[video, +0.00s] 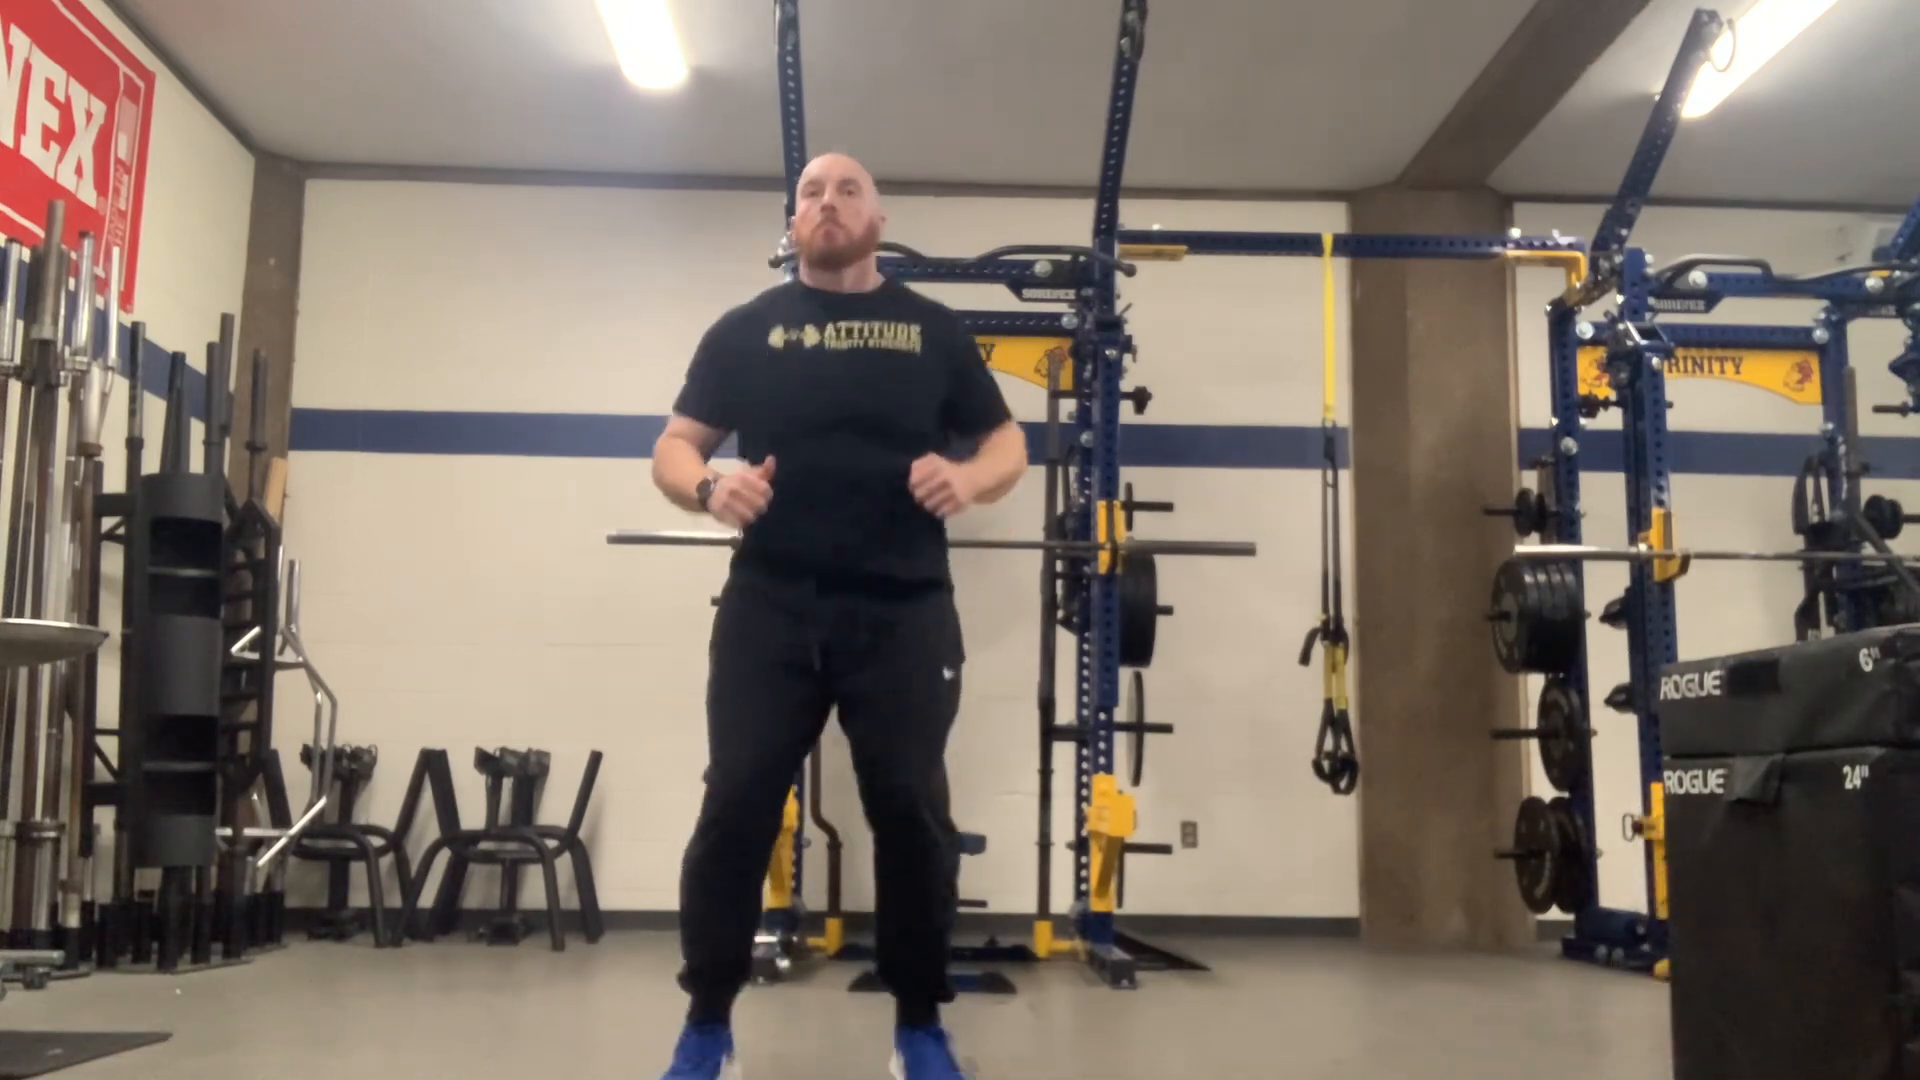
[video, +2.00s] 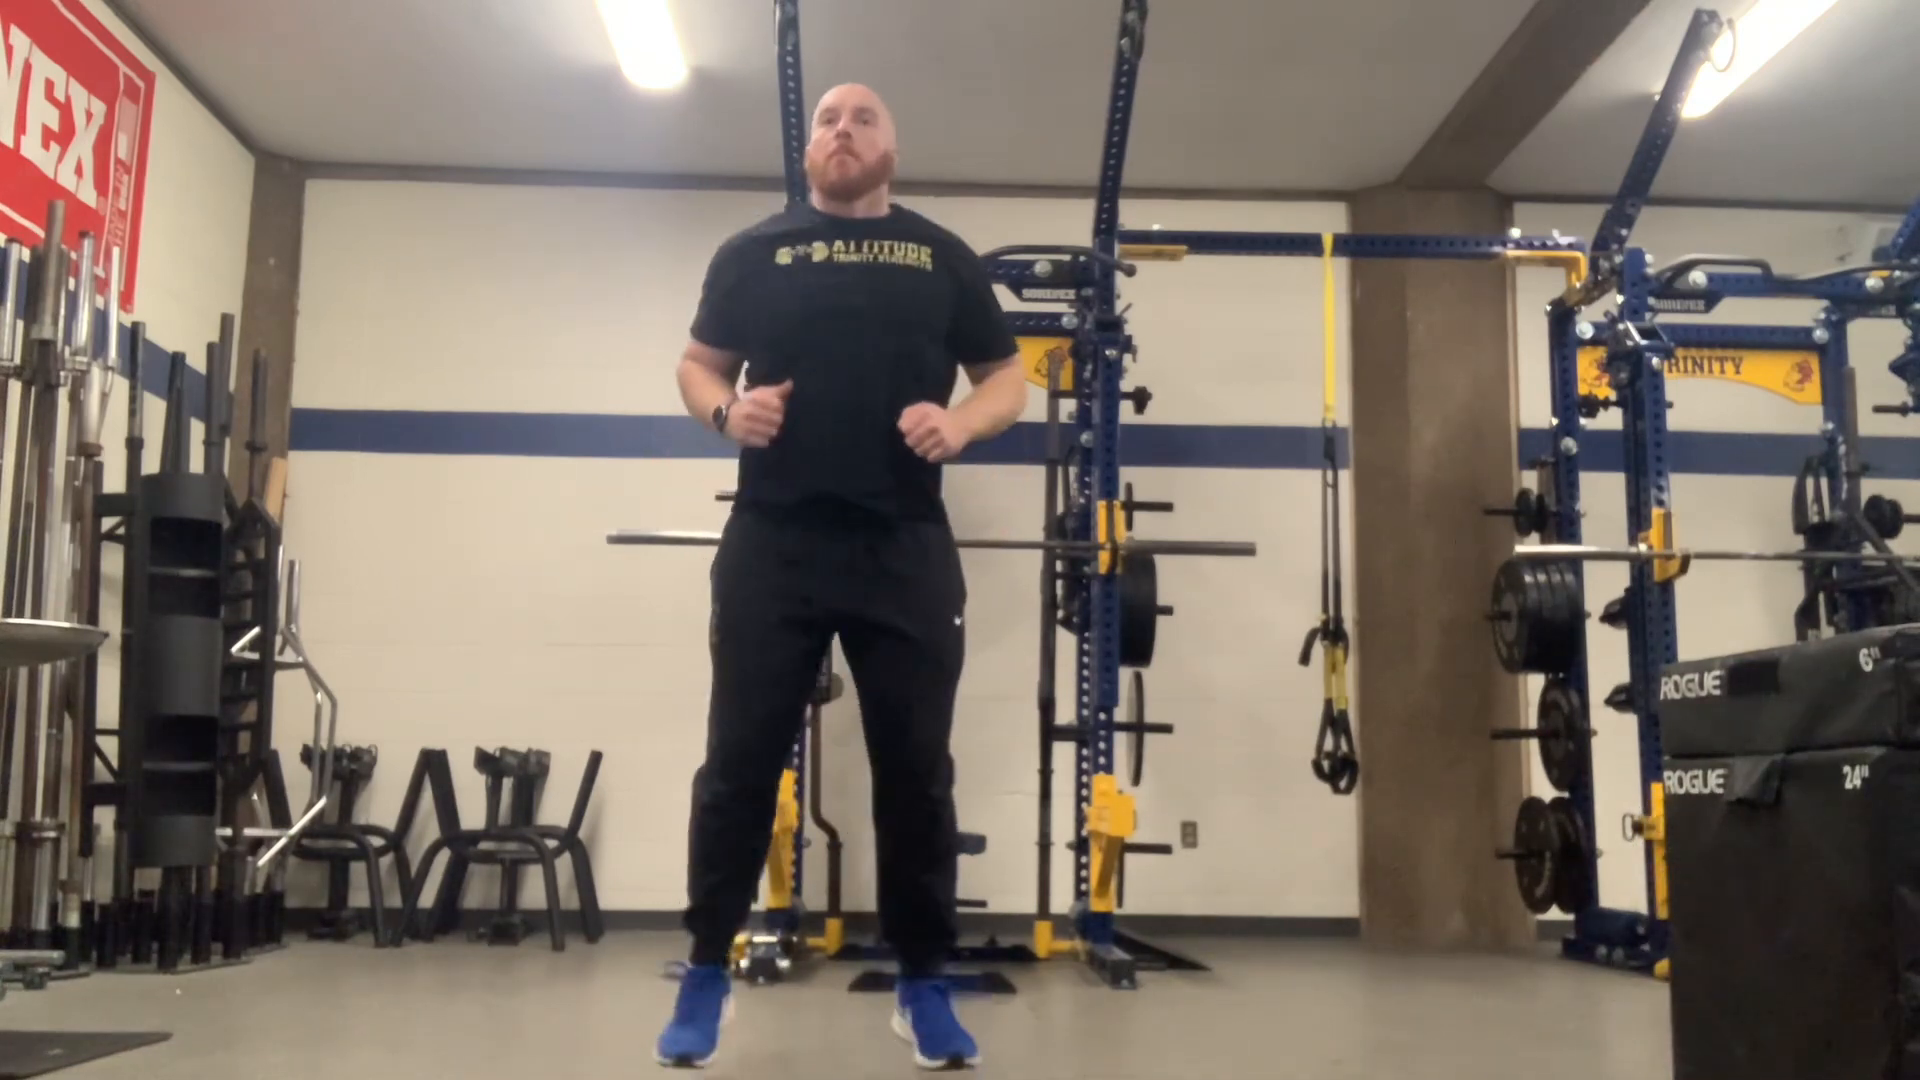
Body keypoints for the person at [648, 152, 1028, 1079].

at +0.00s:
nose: (828, 201)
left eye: (847, 189)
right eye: (812, 192)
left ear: (881, 221)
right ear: (791, 226)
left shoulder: (936, 331)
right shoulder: (742, 333)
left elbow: (1008, 448)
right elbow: (672, 454)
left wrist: (968, 476)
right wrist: (708, 484)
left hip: (902, 608)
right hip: (769, 606)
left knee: (912, 810)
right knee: (737, 803)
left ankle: (920, 1030)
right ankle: (705, 1027)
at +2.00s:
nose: (842, 127)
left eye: (862, 117)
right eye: (827, 119)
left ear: (896, 151)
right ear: (805, 153)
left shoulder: (942, 258)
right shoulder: (749, 256)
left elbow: (1007, 380)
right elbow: (701, 367)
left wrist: (961, 422)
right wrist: (727, 409)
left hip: (903, 547)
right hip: (772, 543)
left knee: (916, 770)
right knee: (739, 762)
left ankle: (923, 981)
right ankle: (705, 969)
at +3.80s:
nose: (873, 131)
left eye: (890, 119)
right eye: (857, 121)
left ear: (920, 146)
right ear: (832, 153)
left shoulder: (987, 237)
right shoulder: (795, 261)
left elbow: (1073, 351)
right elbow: (759, 389)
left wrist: (1030, 359)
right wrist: (784, 416)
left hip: (971, 540)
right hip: (841, 540)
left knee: (989, 761)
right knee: (816, 751)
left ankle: (998, 980)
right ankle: (800, 963)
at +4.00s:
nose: (913, 216)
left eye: (930, 204)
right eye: (896, 203)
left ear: (957, 230)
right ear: (868, 229)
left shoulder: (1014, 330)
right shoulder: (824, 349)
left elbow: (1074, 441)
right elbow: (773, 470)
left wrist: (1070, 484)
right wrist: (787, 497)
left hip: (1018, 616)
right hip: (891, 624)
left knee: (1057, 830)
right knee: (904, 830)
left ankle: (1099, 1030)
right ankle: (944, 1021)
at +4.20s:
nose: (914, 152)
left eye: (932, 142)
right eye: (898, 141)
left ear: (960, 174)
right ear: (870, 171)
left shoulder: (1000, 282)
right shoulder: (808, 271)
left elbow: (1055, 400)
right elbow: (744, 392)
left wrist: (1048, 432)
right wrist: (792, 407)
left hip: (965, 572)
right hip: (839, 573)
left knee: (1012, 785)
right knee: (866, 793)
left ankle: (1052, 998)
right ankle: (917, 1004)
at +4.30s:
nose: (887, 126)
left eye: (905, 116)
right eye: (871, 114)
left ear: (934, 144)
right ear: (845, 141)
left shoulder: (977, 245)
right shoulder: (787, 236)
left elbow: (1033, 365)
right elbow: (713, 357)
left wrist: (1020, 399)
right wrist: (755, 385)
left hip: (932, 532)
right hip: (807, 530)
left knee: (925, 747)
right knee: (811, 746)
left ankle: (925, 955)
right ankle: (828, 955)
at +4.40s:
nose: (860, 144)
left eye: (880, 135)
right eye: (846, 132)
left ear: (909, 167)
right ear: (819, 159)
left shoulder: (953, 266)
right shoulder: (761, 259)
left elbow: (1008, 386)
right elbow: (690, 377)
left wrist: (982, 421)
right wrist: (708, 430)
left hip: (900, 547)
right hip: (773, 540)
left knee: (856, 763)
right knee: (744, 748)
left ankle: (817, 968)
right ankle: (707, 956)